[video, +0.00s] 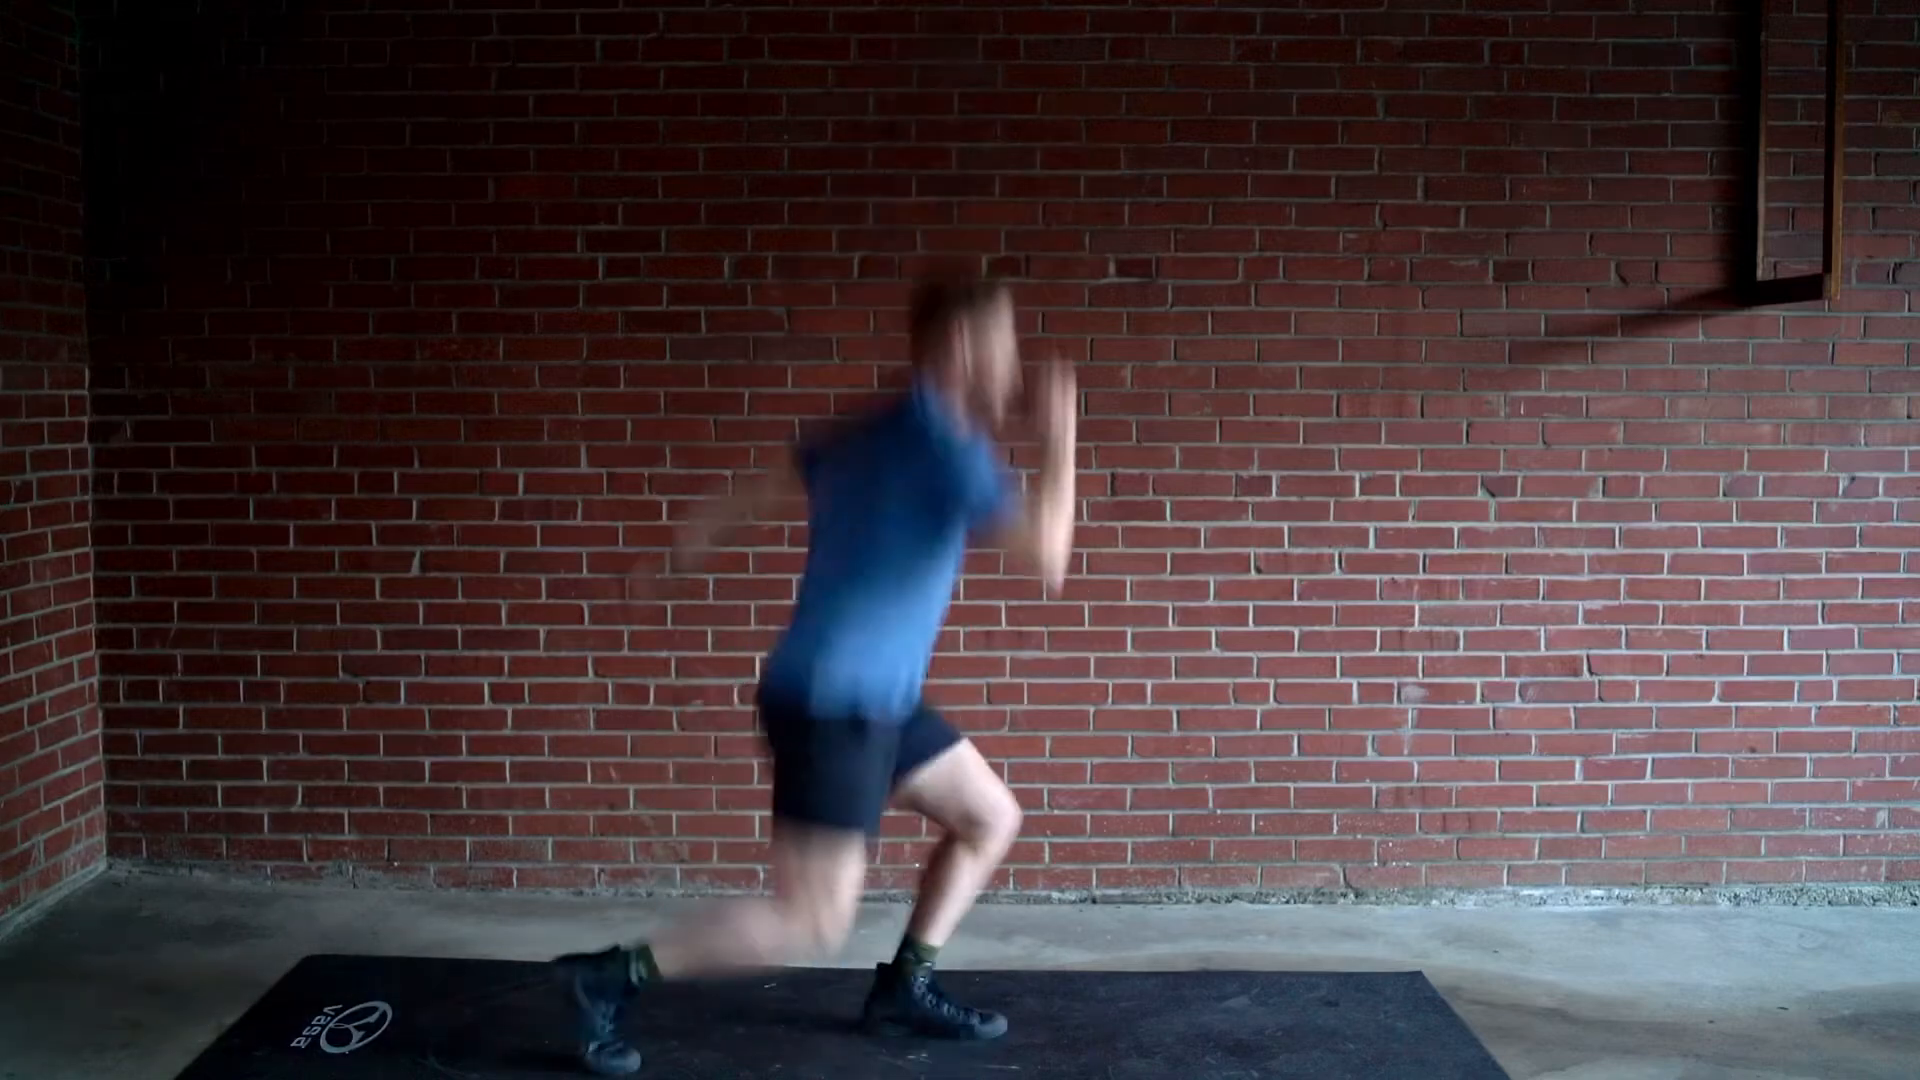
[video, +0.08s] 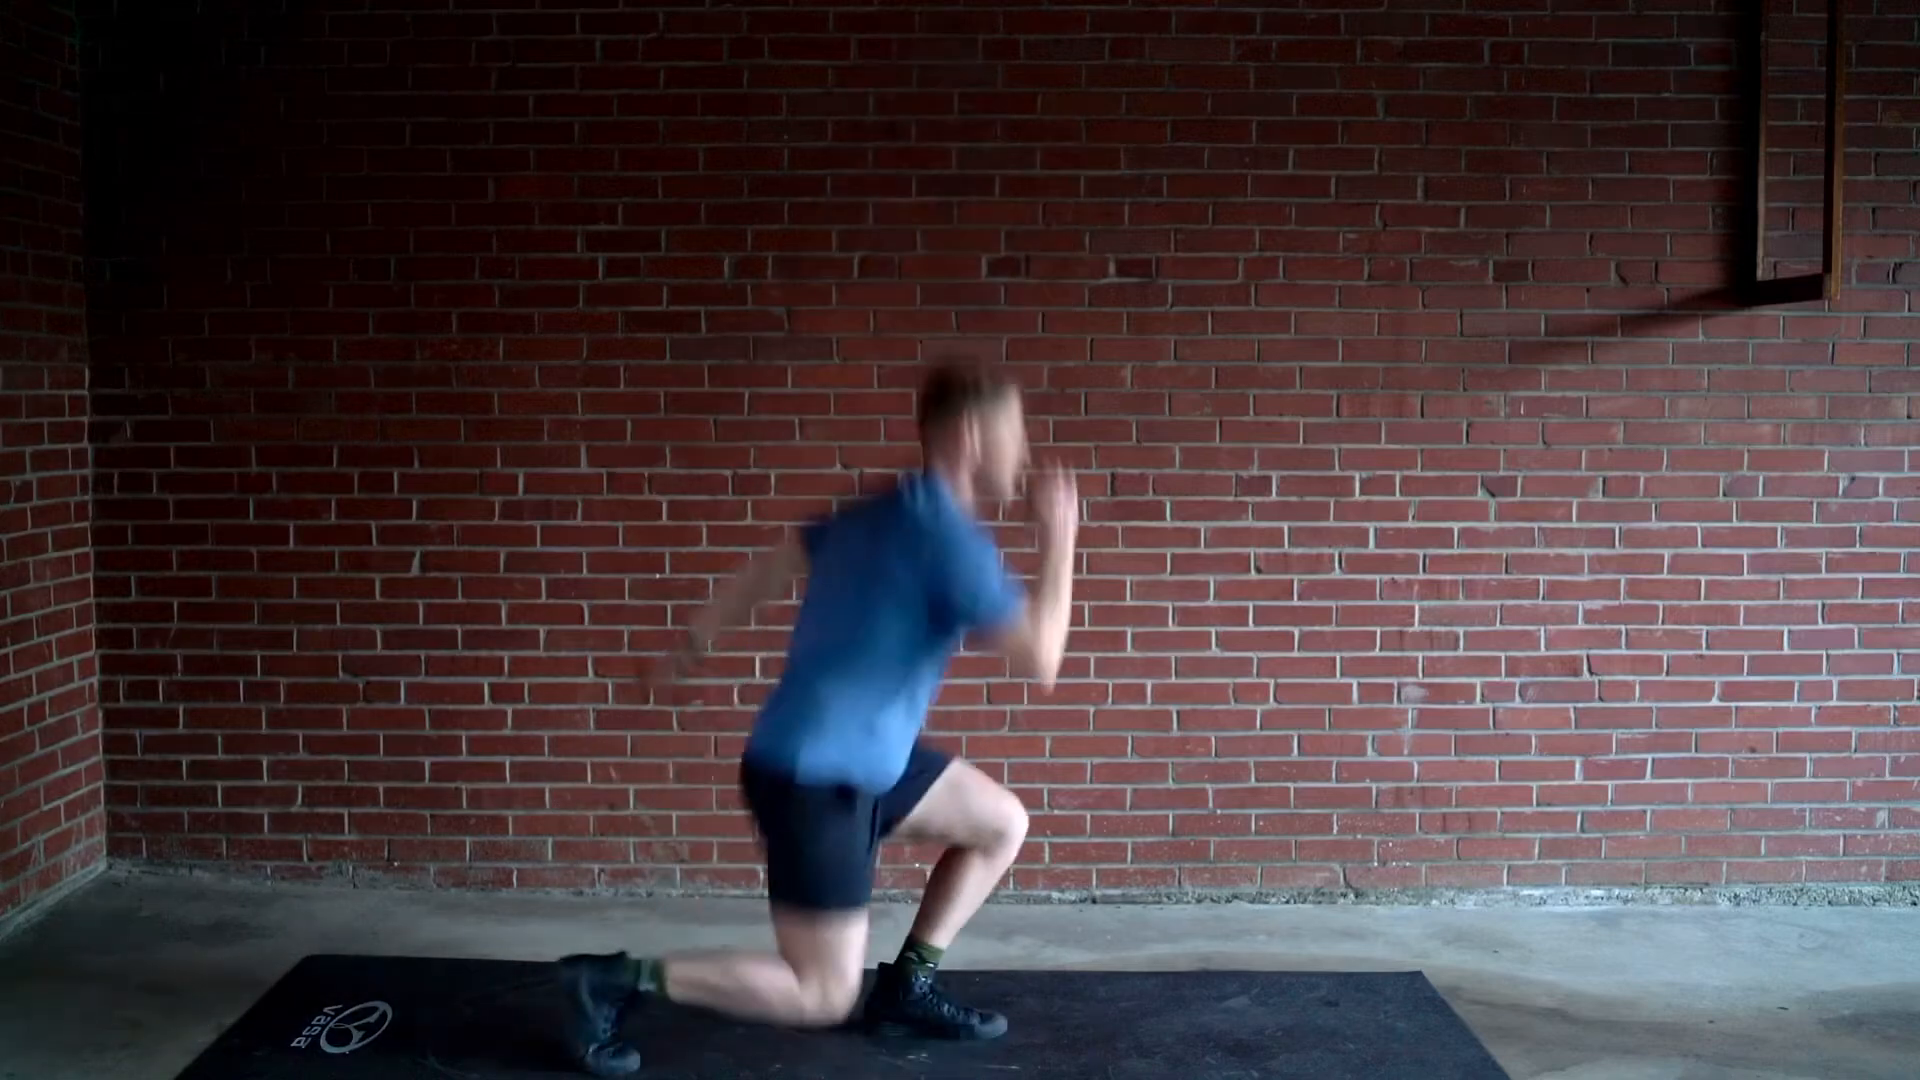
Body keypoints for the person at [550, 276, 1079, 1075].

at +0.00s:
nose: (1012, 357)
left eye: (1010, 337)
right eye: (998, 338)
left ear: (941, 347)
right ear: (954, 343)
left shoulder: (875, 430)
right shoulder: (946, 444)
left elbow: (763, 487)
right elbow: (1046, 554)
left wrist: (697, 532)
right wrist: (1060, 431)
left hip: (879, 697)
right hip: (831, 701)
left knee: (990, 818)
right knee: (812, 921)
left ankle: (906, 986)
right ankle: (609, 977)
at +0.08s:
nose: (1024, 447)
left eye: (1020, 428)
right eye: (1011, 428)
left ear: (950, 436)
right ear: (967, 437)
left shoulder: (872, 515)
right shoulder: (945, 536)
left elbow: (779, 560)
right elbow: (1043, 658)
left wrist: (704, 622)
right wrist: (1060, 535)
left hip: (867, 757)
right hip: (813, 772)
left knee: (1000, 823)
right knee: (824, 993)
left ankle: (908, 987)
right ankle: (618, 981)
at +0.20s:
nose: (1035, 521)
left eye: (1032, 504)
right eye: (1025, 504)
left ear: (969, 512)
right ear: (981, 513)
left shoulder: (885, 573)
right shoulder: (944, 597)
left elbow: (780, 642)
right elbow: (1041, 738)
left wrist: (718, 719)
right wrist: (1064, 620)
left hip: (845, 798)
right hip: (794, 821)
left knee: (994, 822)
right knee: (833, 1034)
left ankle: (908, 983)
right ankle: (638, 981)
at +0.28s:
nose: (1038, 538)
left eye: (1036, 523)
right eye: (1029, 523)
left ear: (972, 530)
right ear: (983, 530)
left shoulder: (899, 585)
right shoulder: (947, 615)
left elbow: (789, 660)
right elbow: (1039, 749)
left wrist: (735, 743)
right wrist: (1064, 636)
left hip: (839, 804)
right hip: (788, 826)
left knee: (990, 822)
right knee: (831, 1041)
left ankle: (908, 984)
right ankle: (638, 981)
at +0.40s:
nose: (1029, 503)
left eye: (1025, 488)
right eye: (1017, 488)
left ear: (967, 501)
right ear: (970, 501)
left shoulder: (937, 574)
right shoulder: (929, 576)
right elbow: (1022, 718)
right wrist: (1053, 606)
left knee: (992, 823)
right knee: (824, 1024)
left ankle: (908, 985)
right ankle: (625, 981)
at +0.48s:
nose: (1015, 451)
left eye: (1011, 434)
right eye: (1002, 434)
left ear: (951, 448)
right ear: (955, 446)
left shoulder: (927, 528)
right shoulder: (915, 527)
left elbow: (993, 652)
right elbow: (999, 666)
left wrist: (1022, 560)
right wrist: (1035, 559)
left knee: (988, 821)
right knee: (811, 988)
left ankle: (906, 989)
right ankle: (606, 980)